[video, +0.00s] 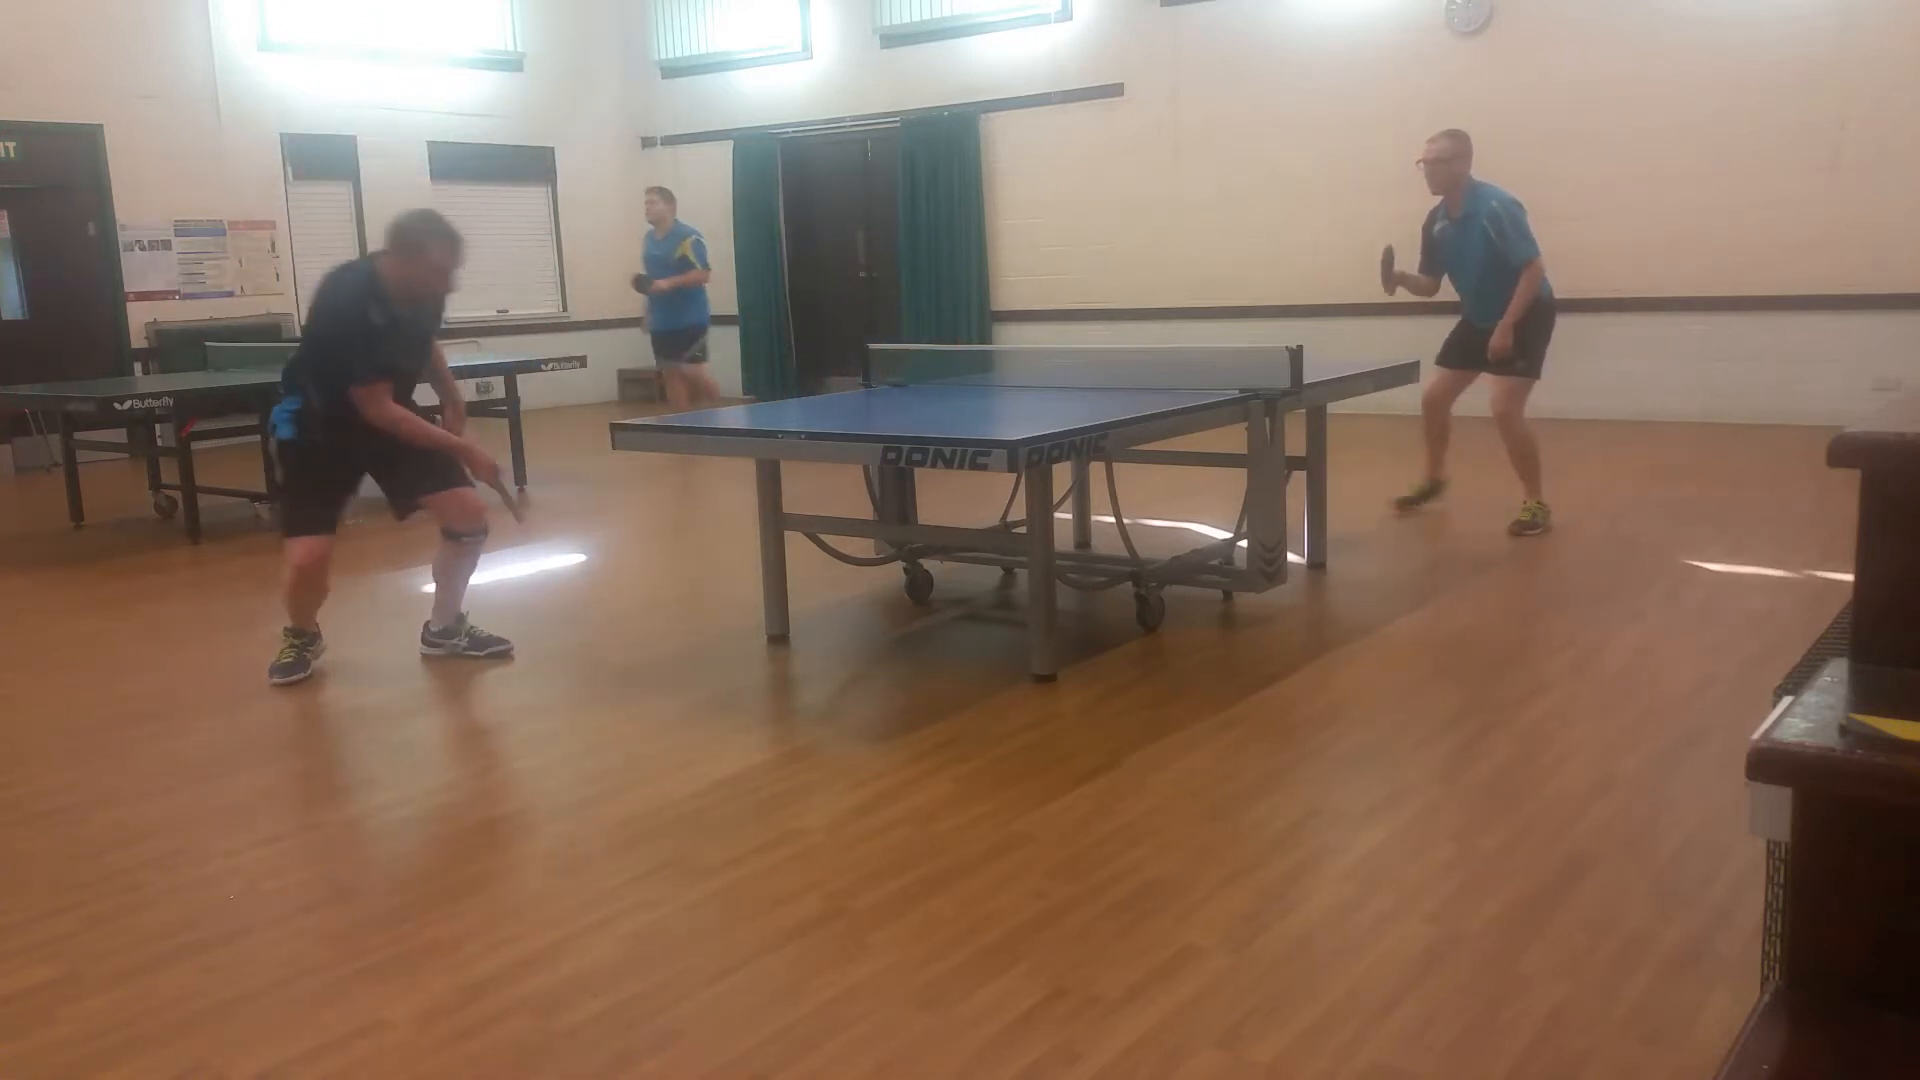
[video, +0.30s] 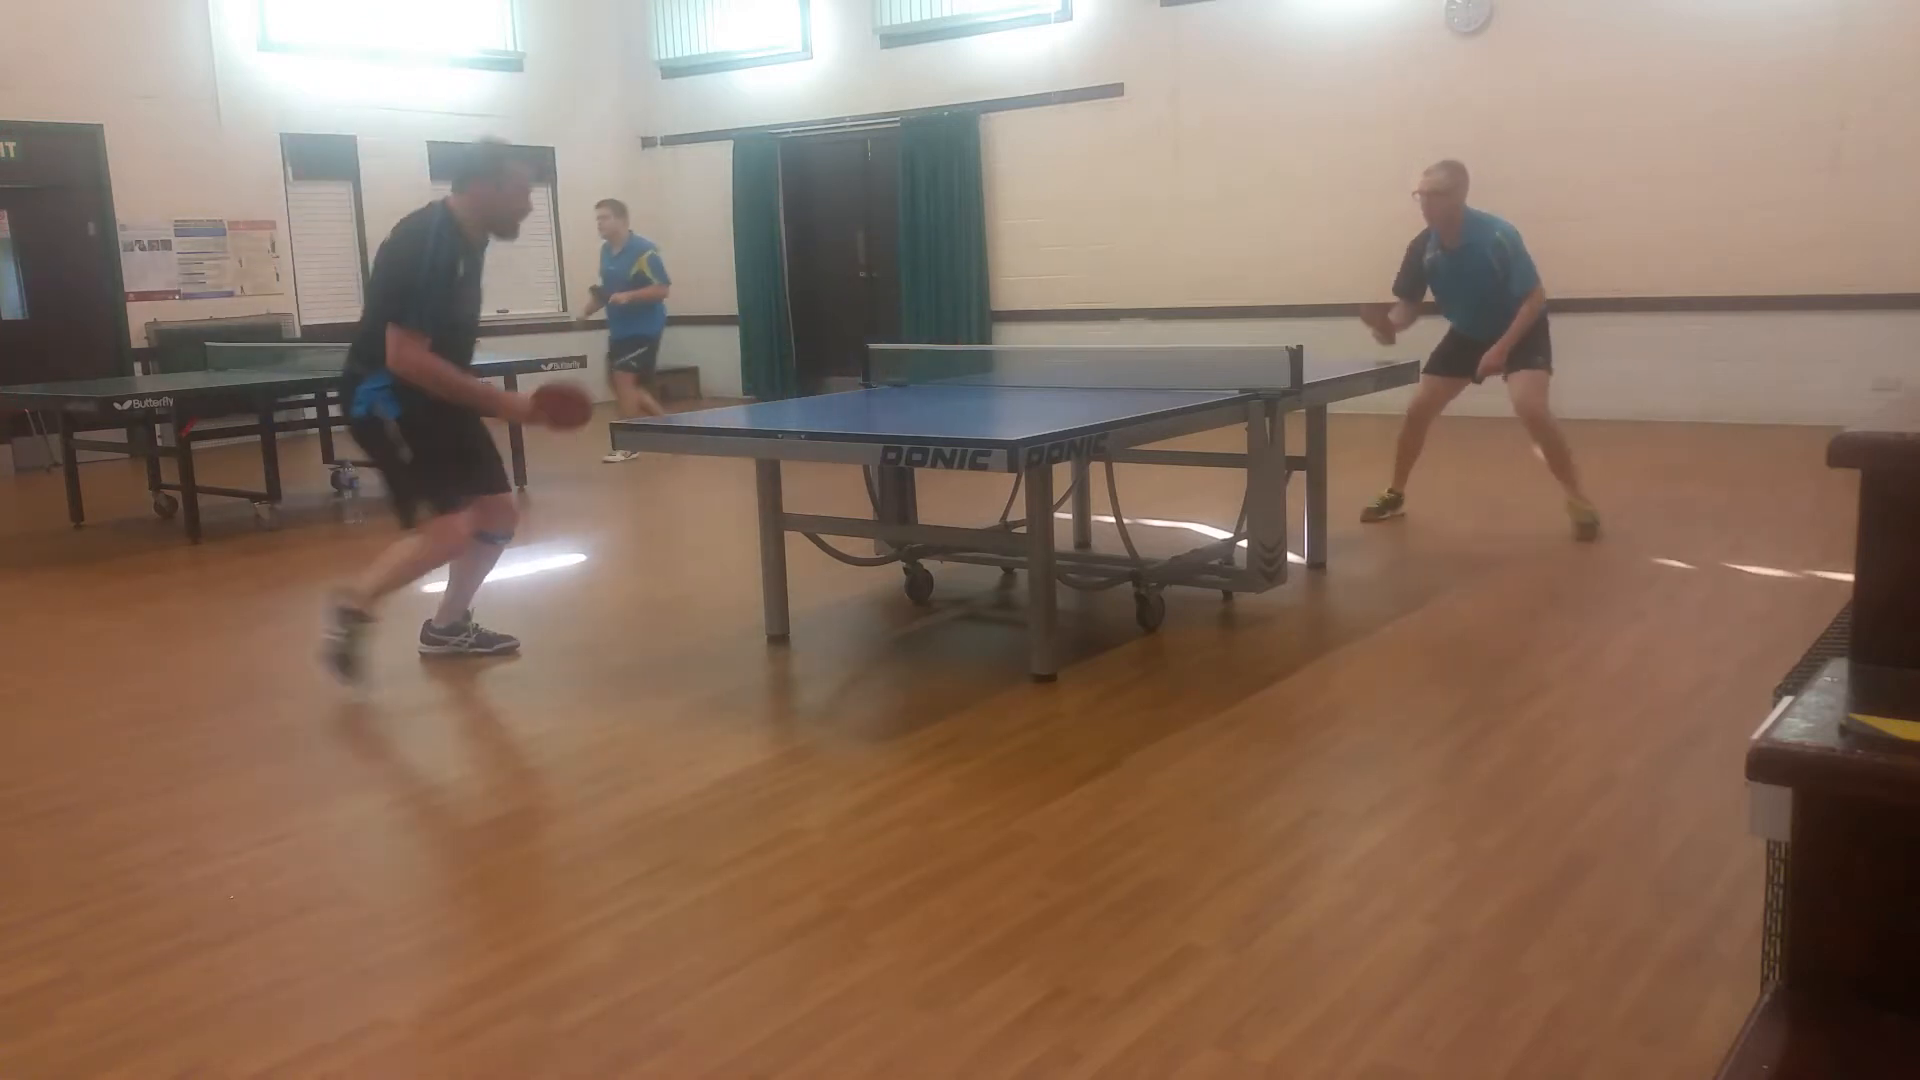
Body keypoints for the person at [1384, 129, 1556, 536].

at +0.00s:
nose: (1426, 171)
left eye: (1435, 163)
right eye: (1424, 163)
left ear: (1462, 164)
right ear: (1426, 167)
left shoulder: (1498, 206)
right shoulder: (1436, 221)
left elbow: (1534, 271)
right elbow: (1428, 286)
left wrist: (1506, 326)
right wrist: (1398, 277)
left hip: (1527, 315)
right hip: (1481, 317)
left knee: (1506, 409)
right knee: (1434, 399)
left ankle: (1535, 503)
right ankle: (1434, 481)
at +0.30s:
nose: (1422, 203)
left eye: (1431, 196)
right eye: (1420, 195)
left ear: (1456, 198)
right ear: (1419, 198)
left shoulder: (1499, 236)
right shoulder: (1423, 248)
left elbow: (1535, 298)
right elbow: (1408, 304)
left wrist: (1501, 348)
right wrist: (1390, 324)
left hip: (1520, 327)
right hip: (1468, 331)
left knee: (1531, 409)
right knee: (1419, 408)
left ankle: (1577, 500)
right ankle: (1395, 493)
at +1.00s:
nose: (1454, 183)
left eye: (1462, 176)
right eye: (1453, 176)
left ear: (1486, 179)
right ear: (1459, 179)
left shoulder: (1513, 223)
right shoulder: (1476, 220)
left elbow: (1559, 277)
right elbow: (1500, 277)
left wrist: (1544, 325)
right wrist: (1472, 306)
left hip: (1541, 333)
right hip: (1497, 335)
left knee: (1546, 419)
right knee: (1435, 400)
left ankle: (1595, 506)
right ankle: (1447, 475)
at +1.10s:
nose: (1450, 177)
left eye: (1459, 170)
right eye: (1447, 170)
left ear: (1481, 173)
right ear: (1447, 174)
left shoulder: (1504, 215)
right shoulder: (1465, 221)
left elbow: (1545, 269)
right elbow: (1471, 282)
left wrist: (1524, 316)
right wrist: (1434, 309)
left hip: (1532, 329)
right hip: (1490, 334)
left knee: (1543, 415)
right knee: (1448, 409)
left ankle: (1593, 504)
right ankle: (1477, 481)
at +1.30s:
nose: (1427, 158)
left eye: (1435, 151)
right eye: (1425, 151)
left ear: (1457, 152)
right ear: (1427, 155)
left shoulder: (1478, 193)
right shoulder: (1440, 206)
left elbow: (1514, 244)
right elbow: (1426, 266)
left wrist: (1494, 291)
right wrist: (1390, 285)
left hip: (1504, 309)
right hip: (1467, 315)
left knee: (1500, 402)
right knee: (1447, 401)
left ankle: (1570, 475)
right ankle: (1476, 479)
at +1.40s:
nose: (1414, 156)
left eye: (1421, 148)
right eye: (1413, 149)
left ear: (1444, 149)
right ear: (1425, 153)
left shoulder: (1469, 188)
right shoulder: (1436, 199)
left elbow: (1500, 237)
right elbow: (1425, 266)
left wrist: (1473, 290)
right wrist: (1388, 287)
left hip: (1494, 305)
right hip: (1457, 310)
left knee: (1484, 405)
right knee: (1428, 391)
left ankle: (1549, 471)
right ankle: (1461, 469)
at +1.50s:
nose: (1403, 168)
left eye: (1411, 160)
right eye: (1401, 161)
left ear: (1432, 162)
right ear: (1403, 165)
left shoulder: (1453, 201)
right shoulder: (1428, 208)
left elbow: (1473, 256)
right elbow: (1427, 272)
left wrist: (1440, 306)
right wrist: (1388, 298)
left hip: (1484, 312)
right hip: (1454, 315)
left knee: (1484, 412)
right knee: (1412, 389)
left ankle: (1554, 475)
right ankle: (1414, 474)